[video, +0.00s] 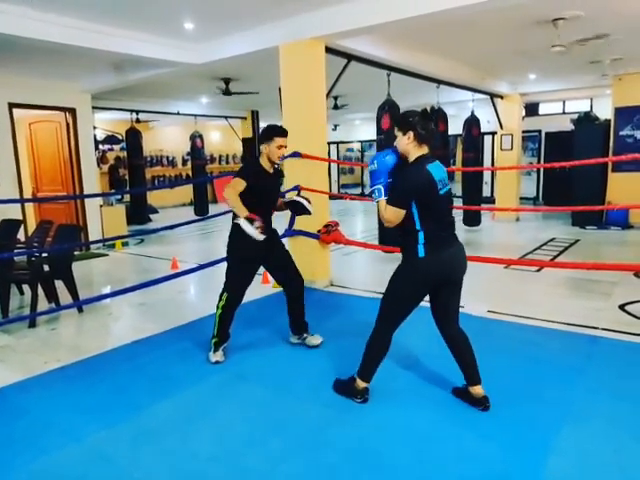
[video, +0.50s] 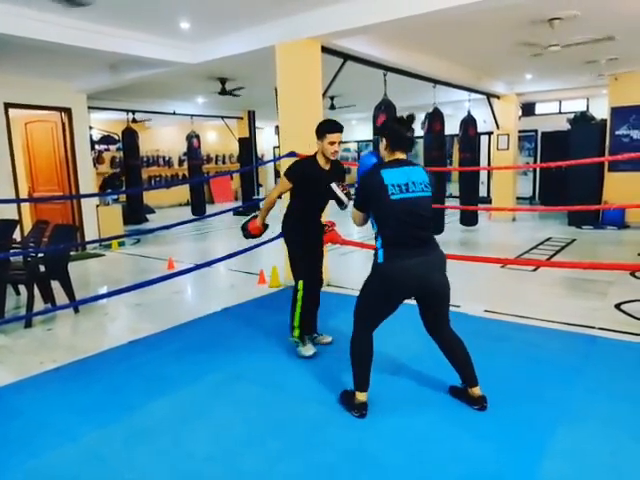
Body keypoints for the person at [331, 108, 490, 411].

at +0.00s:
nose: (395, 142)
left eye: (399, 136)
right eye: (396, 136)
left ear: (412, 137)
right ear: (420, 138)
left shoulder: (410, 174)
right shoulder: (437, 167)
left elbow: (389, 218)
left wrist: (378, 184)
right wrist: (389, 175)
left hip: (421, 263)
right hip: (452, 258)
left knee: (385, 324)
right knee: (449, 324)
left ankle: (360, 384)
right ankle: (476, 389)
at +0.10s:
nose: (399, 139)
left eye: (402, 133)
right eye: (400, 133)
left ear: (415, 134)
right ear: (425, 134)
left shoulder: (410, 169)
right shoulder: (443, 162)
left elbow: (391, 215)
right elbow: (430, 205)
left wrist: (383, 195)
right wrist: (395, 195)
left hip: (425, 261)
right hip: (458, 256)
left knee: (390, 322)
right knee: (452, 322)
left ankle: (367, 384)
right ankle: (477, 389)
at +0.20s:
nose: (402, 138)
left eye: (403, 132)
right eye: (402, 133)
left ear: (415, 130)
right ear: (429, 131)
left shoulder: (409, 166)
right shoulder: (449, 160)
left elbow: (392, 213)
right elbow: (440, 200)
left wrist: (385, 196)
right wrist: (399, 196)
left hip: (425, 257)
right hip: (459, 252)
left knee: (389, 315)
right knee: (455, 320)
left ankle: (391, 391)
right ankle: (478, 389)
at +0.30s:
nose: (400, 141)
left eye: (402, 136)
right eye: (401, 136)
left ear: (412, 135)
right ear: (430, 135)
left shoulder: (403, 171)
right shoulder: (448, 165)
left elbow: (387, 217)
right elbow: (445, 204)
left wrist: (387, 195)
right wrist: (400, 196)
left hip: (421, 262)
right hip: (456, 258)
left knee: (383, 321)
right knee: (452, 322)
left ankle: (379, 395)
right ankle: (479, 391)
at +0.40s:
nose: (392, 149)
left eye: (393, 144)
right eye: (392, 144)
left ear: (401, 144)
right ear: (422, 144)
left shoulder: (392, 178)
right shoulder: (440, 171)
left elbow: (378, 222)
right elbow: (432, 211)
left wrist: (404, 209)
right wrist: (395, 213)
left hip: (412, 270)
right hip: (450, 265)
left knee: (374, 326)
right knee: (444, 326)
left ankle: (361, 397)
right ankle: (476, 391)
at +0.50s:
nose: (378, 147)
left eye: (379, 143)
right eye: (380, 142)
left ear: (385, 145)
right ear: (407, 145)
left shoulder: (372, 176)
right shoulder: (422, 173)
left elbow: (358, 219)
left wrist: (369, 193)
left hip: (394, 270)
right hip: (432, 266)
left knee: (363, 327)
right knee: (441, 328)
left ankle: (360, 397)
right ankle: (475, 390)